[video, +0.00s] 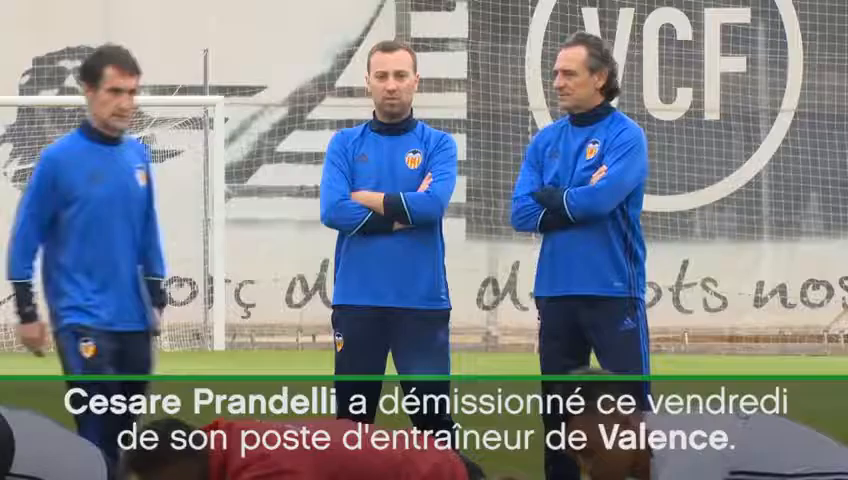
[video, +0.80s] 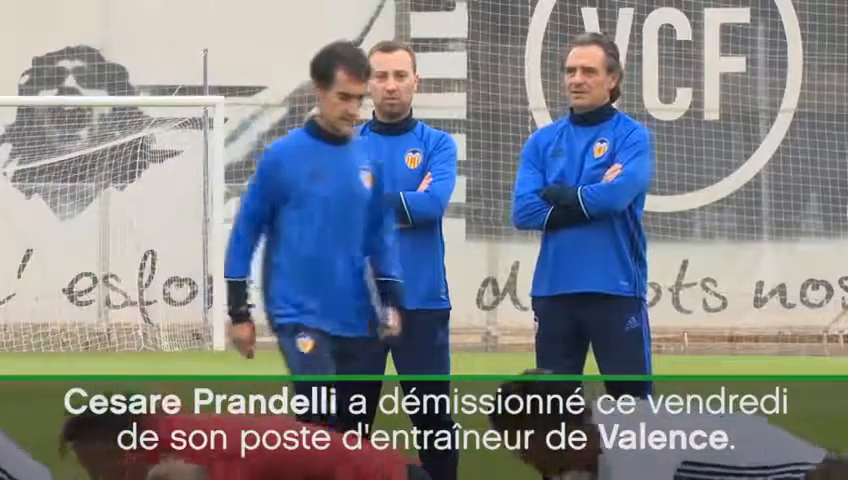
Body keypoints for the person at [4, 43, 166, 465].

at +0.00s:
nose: (125, 103)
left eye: (132, 93)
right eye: (115, 91)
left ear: (138, 95)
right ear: (88, 92)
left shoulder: (137, 154)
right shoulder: (58, 159)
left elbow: (147, 226)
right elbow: (24, 234)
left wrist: (157, 284)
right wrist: (26, 308)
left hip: (132, 308)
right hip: (79, 311)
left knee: (131, 424)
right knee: (99, 426)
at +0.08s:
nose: (144, 99)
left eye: (151, 89)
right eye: (134, 88)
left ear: (156, 91)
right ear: (108, 88)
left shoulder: (156, 151)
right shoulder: (77, 155)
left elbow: (167, 228)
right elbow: (49, 237)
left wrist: (176, 286)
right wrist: (58, 311)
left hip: (156, 314)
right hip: (100, 318)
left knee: (159, 429)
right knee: (111, 438)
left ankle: (155, 478)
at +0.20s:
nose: (174, 97)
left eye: (182, 87)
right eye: (165, 84)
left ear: (186, 89)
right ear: (139, 85)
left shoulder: (185, 149)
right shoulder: (111, 152)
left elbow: (196, 231)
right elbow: (87, 234)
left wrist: (204, 297)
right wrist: (105, 301)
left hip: (189, 313)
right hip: (130, 318)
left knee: (206, 421)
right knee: (117, 433)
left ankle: (202, 478)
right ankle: (112, 478)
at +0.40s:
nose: (235, 107)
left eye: (241, 96)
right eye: (225, 95)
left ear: (247, 97)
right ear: (199, 95)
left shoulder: (245, 162)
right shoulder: (169, 163)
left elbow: (254, 243)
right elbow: (143, 242)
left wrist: (263, 310)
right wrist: (175, 299)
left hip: (244, 331)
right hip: (182, 335)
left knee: (253, 446)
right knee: (172, 447)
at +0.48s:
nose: (264, 104)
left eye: (270, 94)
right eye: (254, 93)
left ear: (275, 95)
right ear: (228, 92)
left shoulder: (272, 158)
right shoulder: (194, 159)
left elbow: (281, 239)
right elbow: (168, 239)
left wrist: (291, 302)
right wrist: (192, 303)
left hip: (272, 327)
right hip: (211, 331)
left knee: (280, 442)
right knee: (201, 444)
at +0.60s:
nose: (302, 101)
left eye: (309, 91)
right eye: (293, 89)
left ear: (316, 92)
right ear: (266, 85)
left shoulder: (312, 154)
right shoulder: (230, 150)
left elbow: (322, 241)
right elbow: (200, 232)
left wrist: (335, 313)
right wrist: (209, 305)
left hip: (310, 317)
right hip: (251, 318)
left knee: (307, 433)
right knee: (258, 434)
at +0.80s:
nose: (353, 109)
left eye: (360, 99)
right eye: (344, 97)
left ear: (366, 95)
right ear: (317, 91)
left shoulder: (367, 160)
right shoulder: (281, 157)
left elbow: (378, 236)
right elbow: (244, 232)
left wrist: (393, 300)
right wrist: (238, 310)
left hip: (356, 315)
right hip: (299, 313)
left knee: (355, 429)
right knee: (321, 414)